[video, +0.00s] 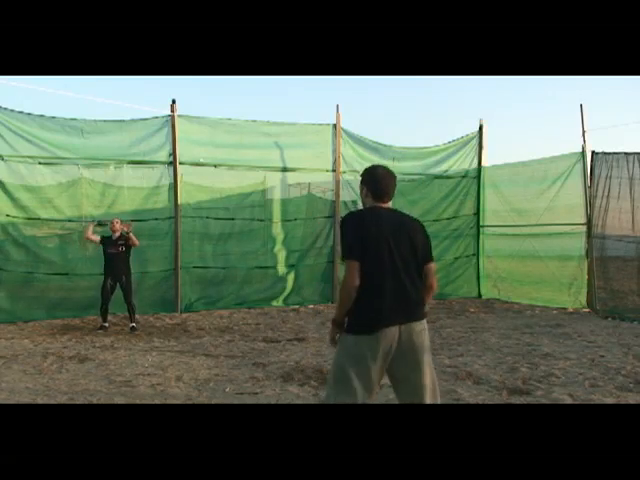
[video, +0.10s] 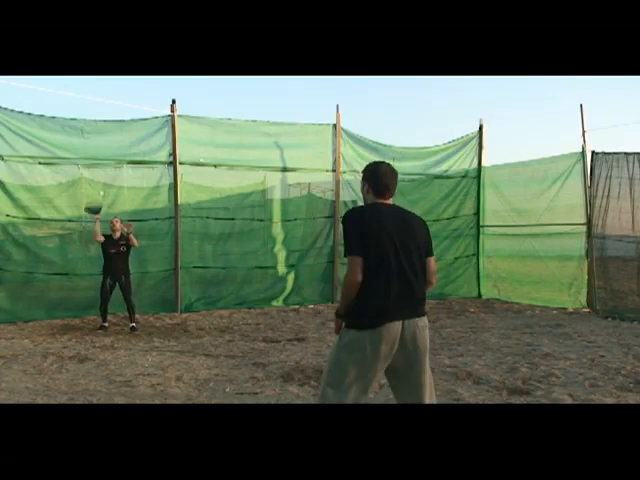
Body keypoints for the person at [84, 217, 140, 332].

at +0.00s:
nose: (113, 225)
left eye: (116, 223)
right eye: (112, 223)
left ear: (121, 226)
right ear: (110, 226)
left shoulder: (126, 239)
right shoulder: (105, 240)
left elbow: (136, 244)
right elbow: (88, 236)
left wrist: (129, 233)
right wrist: (92, 225)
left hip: (124, 273)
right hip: (109, 273)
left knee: (128, 300)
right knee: (104, 299)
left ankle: (133, 323)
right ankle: (104, 323)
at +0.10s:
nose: (114, 224)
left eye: (116, 222)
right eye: (112, 223)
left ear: (120, 225)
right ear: (110, 226)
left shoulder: (126, 239)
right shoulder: (106, 239)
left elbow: (135, 244)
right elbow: (97, 238)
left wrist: (129, 233)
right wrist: (97, 222)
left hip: (123, 272)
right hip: (109, 272)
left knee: (128, 298)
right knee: (104, 298)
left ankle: (132, 323)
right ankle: (104, 322)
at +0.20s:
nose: (114, 226)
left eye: (117, 224)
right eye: (113, 224)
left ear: (120, 226)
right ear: (110, 225)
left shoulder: (125, 238)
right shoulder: (105, 237)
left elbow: (133, 247)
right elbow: (105, 248)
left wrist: (127, 237)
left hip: (122, 272)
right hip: (108, 272)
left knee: (127, 297)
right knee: (103, 298)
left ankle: (132, 322)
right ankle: (104, 322)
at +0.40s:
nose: (118, 227)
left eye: (120, 224)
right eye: (116, 224)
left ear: (124, 226)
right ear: (113, 226)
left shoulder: (126, 242)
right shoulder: (106, 243)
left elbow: (135, 255)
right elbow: (101, 262)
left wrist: (136, 253)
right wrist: (110, 276)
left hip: (121, 273)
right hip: (107, 273)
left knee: (127, 298)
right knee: (104, 299)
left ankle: (132, 323)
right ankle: (103, 322)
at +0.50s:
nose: (118, 227)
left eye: (120, 225)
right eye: (116, 225)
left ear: (123, 227)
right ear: (112, 227)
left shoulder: (127, 241)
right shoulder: (105, 242)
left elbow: (133, 253)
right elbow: (99, 260)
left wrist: (137, 259)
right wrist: (108, 275)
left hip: (122, 274)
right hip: (108, 274)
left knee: (128, 299)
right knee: (104, 300)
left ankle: (132, 323)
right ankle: (103, 323)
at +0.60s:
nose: (118, 227)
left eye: (120, 225)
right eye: (116, 225)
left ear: (123, 227)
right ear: (112, 226)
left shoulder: (128, 242)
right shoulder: (104, 242)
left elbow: (134, 254)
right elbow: (97, 260)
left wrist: (135, 260)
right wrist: (104, 272)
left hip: (123, 275)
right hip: (108, 275)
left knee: (128, 300)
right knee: (104, 301)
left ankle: (132, 323)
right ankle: (103, 323)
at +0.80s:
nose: (114, 227)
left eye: (116, 225)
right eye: (112, 225)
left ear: (120, 227)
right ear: (108, 226)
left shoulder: (126, 241)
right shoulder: (102, 241)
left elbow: (133, 256)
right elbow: (91, 252)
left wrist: (119, 251)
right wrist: (89, 257)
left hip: (121, 275)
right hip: (106, 275)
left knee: (128, 299)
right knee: (98, 299)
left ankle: (132, 323)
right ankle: (97, 323)